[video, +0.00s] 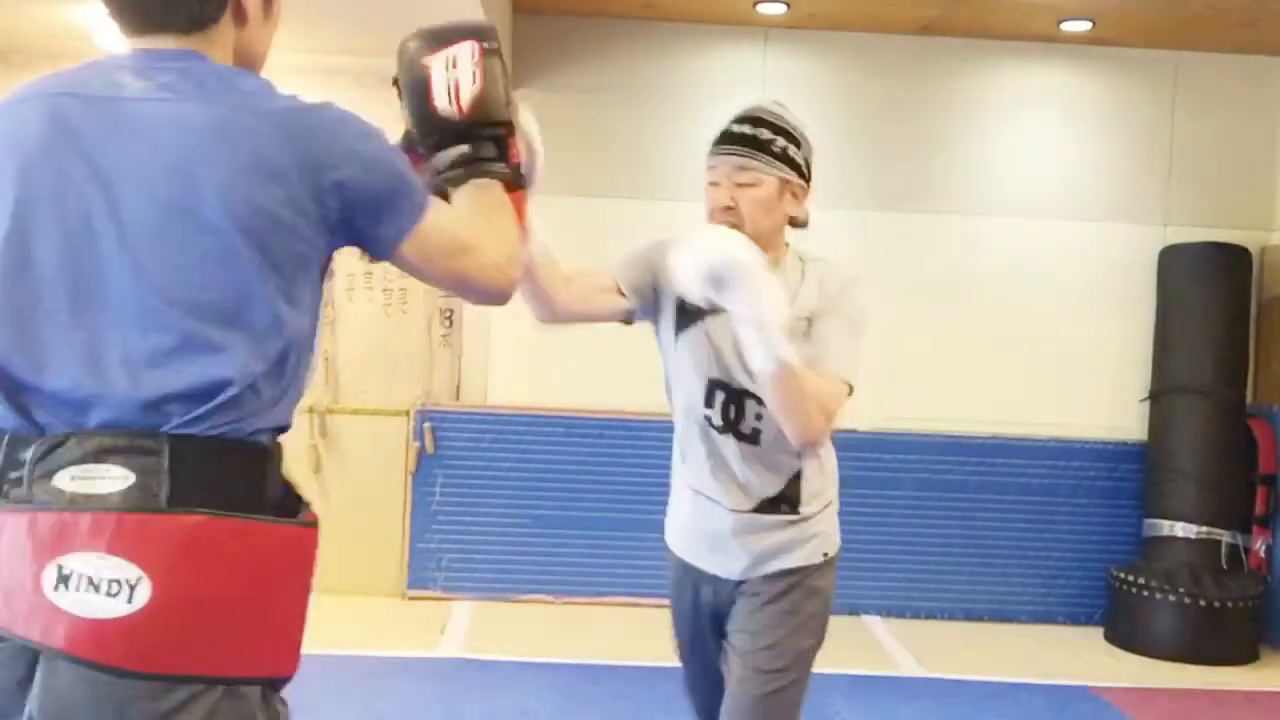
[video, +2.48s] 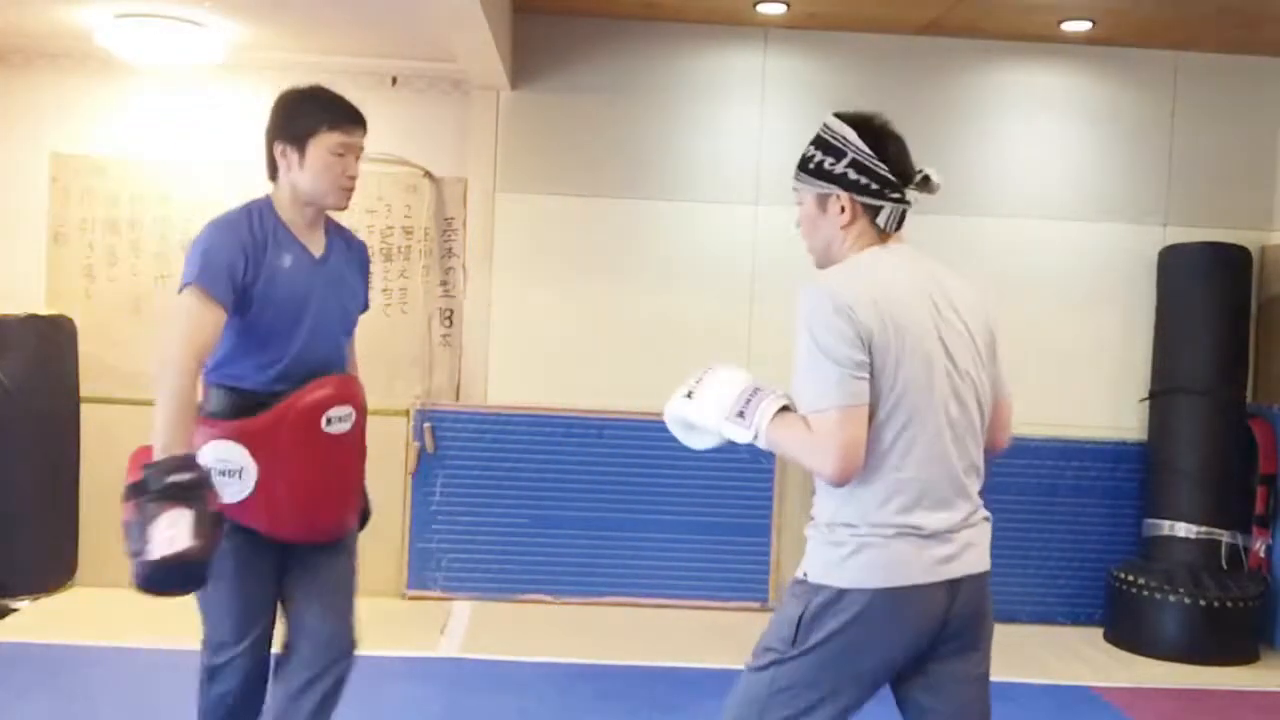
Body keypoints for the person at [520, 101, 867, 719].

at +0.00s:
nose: (724, 199)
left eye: (745, 183)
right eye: (714, 183)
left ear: (795, 196)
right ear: (701, 189)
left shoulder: (829, 289)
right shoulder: (677, 267)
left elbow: (809, 423)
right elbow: (556, 298)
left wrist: (750, 302)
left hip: (789, 560)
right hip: (694, 549)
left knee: (751, 711)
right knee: (710, 706)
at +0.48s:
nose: (702, 187)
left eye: (728, 169)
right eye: (695, 168)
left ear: (784, 187)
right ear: (683, 176)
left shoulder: (814, 327)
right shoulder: (650, 262)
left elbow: (892, 454)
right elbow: (535, 344)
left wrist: (972, 472)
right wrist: (470, 325)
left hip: (680, 593)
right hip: (583, 565)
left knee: (618, 709)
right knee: (567, 707)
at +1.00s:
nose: (611, 156)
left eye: (630, 133)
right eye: (613, 135)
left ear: (702, 143)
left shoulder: (762, 268)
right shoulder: (638, 253)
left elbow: (764, 448)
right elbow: (614, 406)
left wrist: (674, 318)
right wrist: (497, 392)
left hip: (636, 591)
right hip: (555, 544)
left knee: (581, 709)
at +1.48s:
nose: (591, 206)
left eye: (599, 185)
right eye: (592, 185)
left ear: (650, 188)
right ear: (659, 190)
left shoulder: (656, 289)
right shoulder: (748, 269)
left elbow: (652, 458)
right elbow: (708, 348)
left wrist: (545, 397)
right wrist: (591, 314)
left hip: (687, 601)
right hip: (787, 590)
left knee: (597, 708)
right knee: (807, 710)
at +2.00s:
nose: (831, 199)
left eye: (840, 182)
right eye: (835, 182)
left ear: (887, 188)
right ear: (902, 191)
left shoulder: (862, 270)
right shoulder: (981, 284)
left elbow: (856, 424)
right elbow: (937, 412)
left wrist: (775, 373)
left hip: (863, 576)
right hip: (963, 577)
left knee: (758, 710)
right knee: (945, 714)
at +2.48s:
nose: (797, 223)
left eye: (803, 205)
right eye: (798, 205)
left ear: (841, 207)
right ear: (874, 209)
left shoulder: (837, 294)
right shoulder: (961, 290)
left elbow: (837, 456)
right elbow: (995, 433)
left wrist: (746, 405)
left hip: (860, 591)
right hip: (962, 584)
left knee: (756, 711)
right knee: (960, 713)